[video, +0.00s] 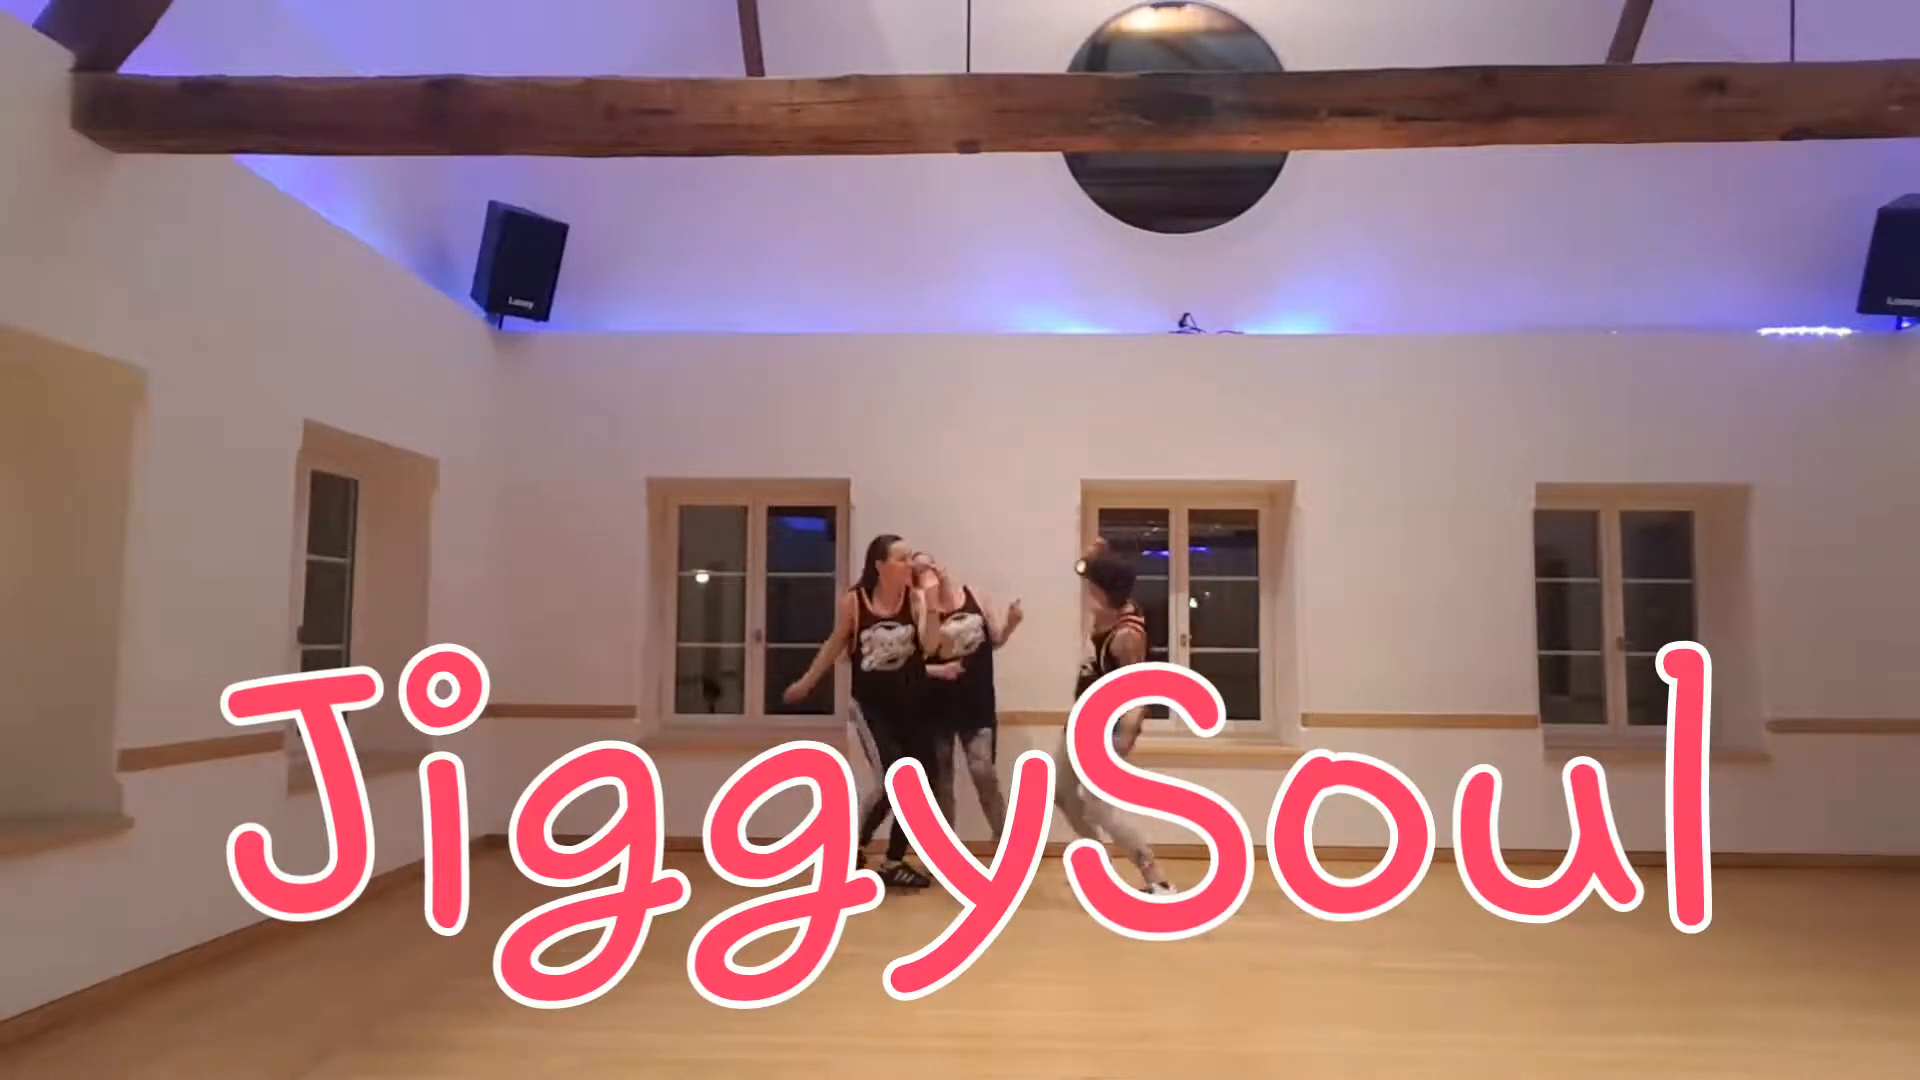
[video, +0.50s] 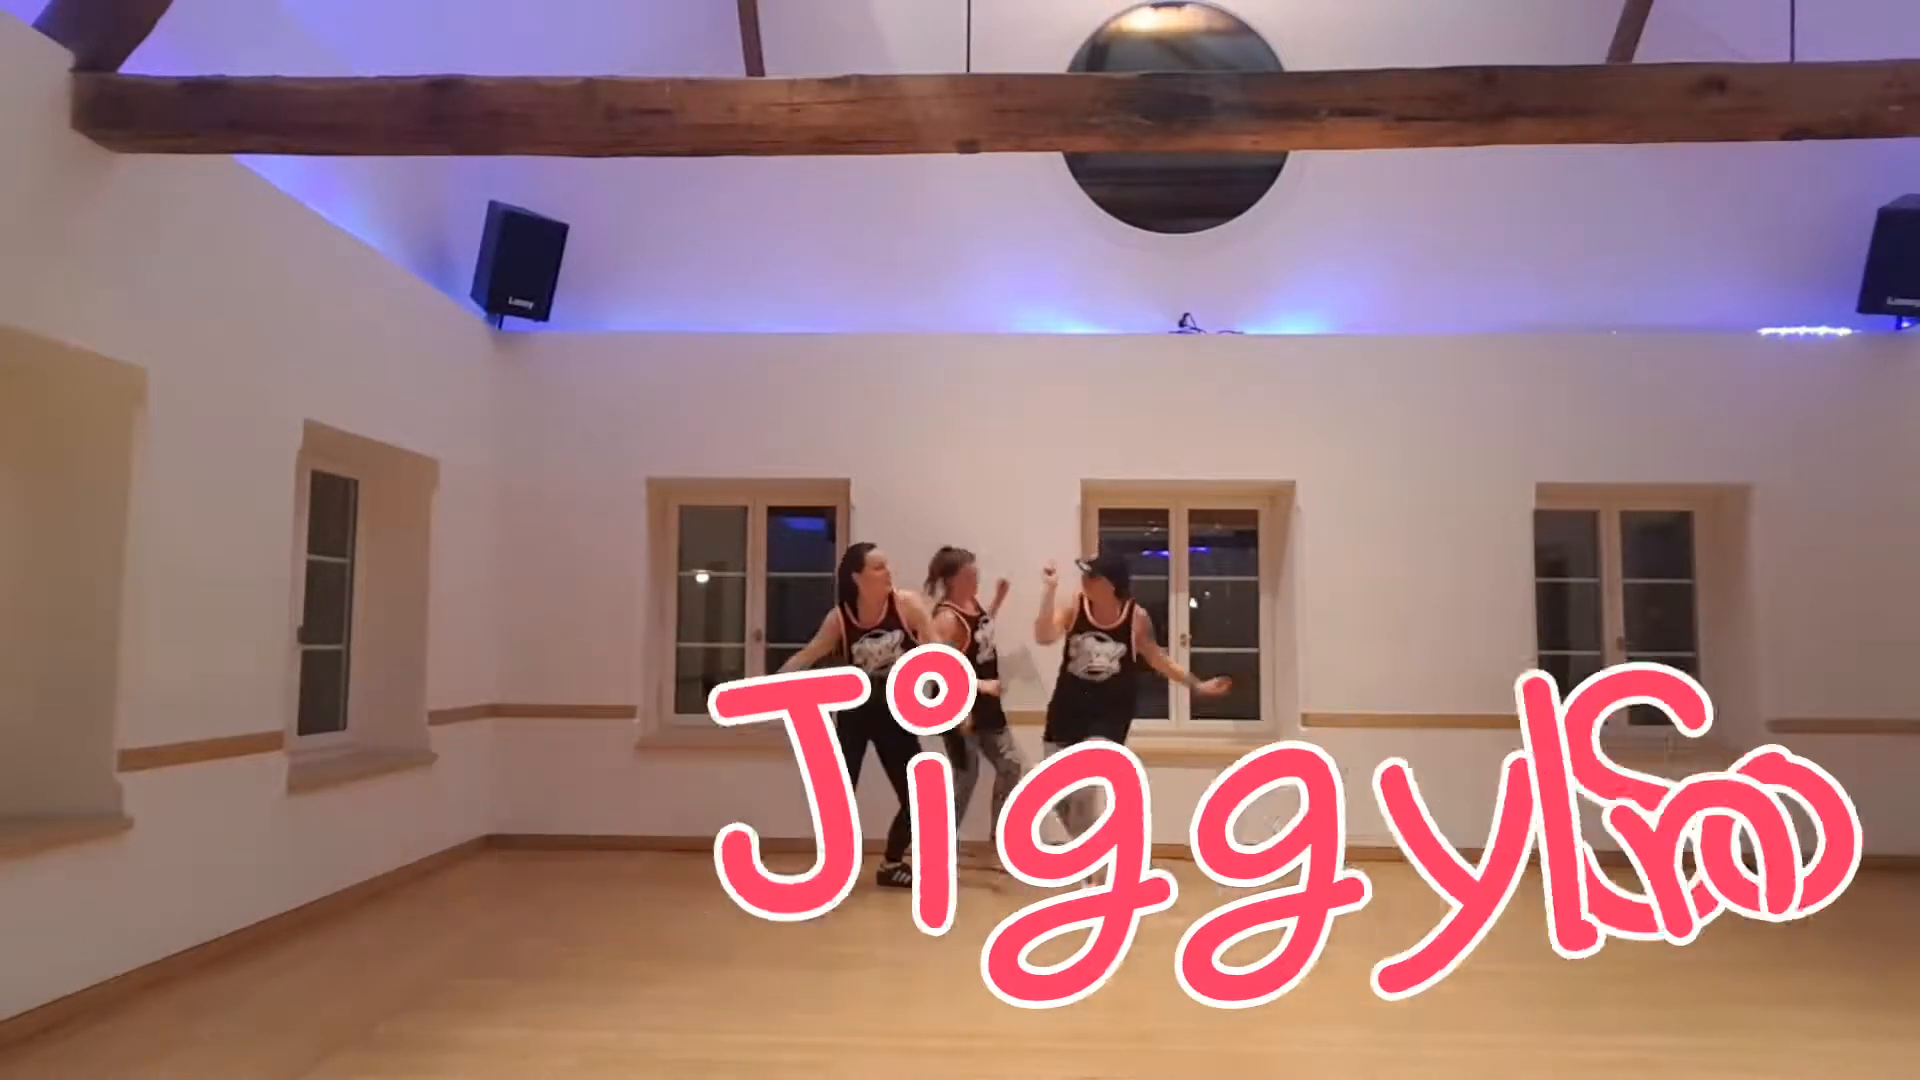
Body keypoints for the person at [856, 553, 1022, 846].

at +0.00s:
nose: (927, 573)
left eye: (928, 566)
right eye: (919, 573)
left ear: (938, 568)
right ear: (914, 585)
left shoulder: (972, 595)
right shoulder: (915, 612)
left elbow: (995, 640)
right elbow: (901, 665)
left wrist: (1010, 623)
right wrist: (936, 670)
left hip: (977, 696)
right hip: (938, 700)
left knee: (982, 771)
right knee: (942, 777)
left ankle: (1004, 838)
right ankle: (945, 844)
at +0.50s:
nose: (976, 579)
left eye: (974, 573)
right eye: (969, 574)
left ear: (967, 577)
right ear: (951, 579)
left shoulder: (970, 603)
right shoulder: (946, 619)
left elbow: (982, 628)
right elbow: (940, 670)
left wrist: (997, 601)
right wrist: (980, 684)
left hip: (987, 704)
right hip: (961, 710)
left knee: (1011, 767)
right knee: (964, 774)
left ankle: (1004, 837)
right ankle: (943, 841)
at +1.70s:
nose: (1018, 572)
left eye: (1025, 567)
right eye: (1013, 566)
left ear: (1039, 573)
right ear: (1007, 570)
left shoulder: (1046, 607)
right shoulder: (999, 601)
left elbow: (1032, 654)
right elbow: (983, 645)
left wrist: (1010, 618)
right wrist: (946, 653)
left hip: (1027, 702)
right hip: (991, 698)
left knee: (1023, 775)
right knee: (979, 769)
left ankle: (1028, 848)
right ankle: (985, 846)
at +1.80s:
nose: (1013, 569)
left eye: (1020, 564)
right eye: (1008, 563)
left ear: (1033, 569)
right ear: (1001, 568)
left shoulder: (1041, 599)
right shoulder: (996, 599)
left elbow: (1031, 637)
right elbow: (979, 642)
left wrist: (1002, 606)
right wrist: (938, 647)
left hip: (1025, 698)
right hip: (989, 695)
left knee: (1024, 774)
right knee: (967, 764)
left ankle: (1029, 848)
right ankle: (977, 843)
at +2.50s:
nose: (969, 560)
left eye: (972, 554)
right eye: (961, 555)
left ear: (977, 560)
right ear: (944, 563)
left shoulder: (990, 597)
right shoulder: (931, 605)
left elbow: (1011, 644)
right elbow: (926, 658)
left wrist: (1030, 680)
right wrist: (941, 699)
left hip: (987, 694)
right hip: (947, 696)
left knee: (995, 769)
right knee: (948, 775)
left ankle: (1002, 844)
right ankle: (949, 845)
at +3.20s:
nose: (966, 559)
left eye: (971, 553)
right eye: (959, 556)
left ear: (984, 558)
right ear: (953, 566)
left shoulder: (996, 593)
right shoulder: (957, 603)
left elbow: (1008, 643)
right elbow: (961, 660)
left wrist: (1011, 690)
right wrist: (984, 705)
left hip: (1001, 688)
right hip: (968, 694)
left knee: (1013, 767)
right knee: (966, 769)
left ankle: (1014, 846)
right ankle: (947, 845)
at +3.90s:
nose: (1023, 560)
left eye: (1029, 555)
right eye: (1017, 555)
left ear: (1038, 563)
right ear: (1007, 562)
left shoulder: (1048, 602)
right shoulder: (987, 598)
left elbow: (1059, 653)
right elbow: (966, 641)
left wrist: (1043, 699)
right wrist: (963, 684)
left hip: (1031, 698)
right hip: (991, 696)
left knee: (1025, 775)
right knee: (992, 771)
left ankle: (1021, 849)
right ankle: (988, 846)